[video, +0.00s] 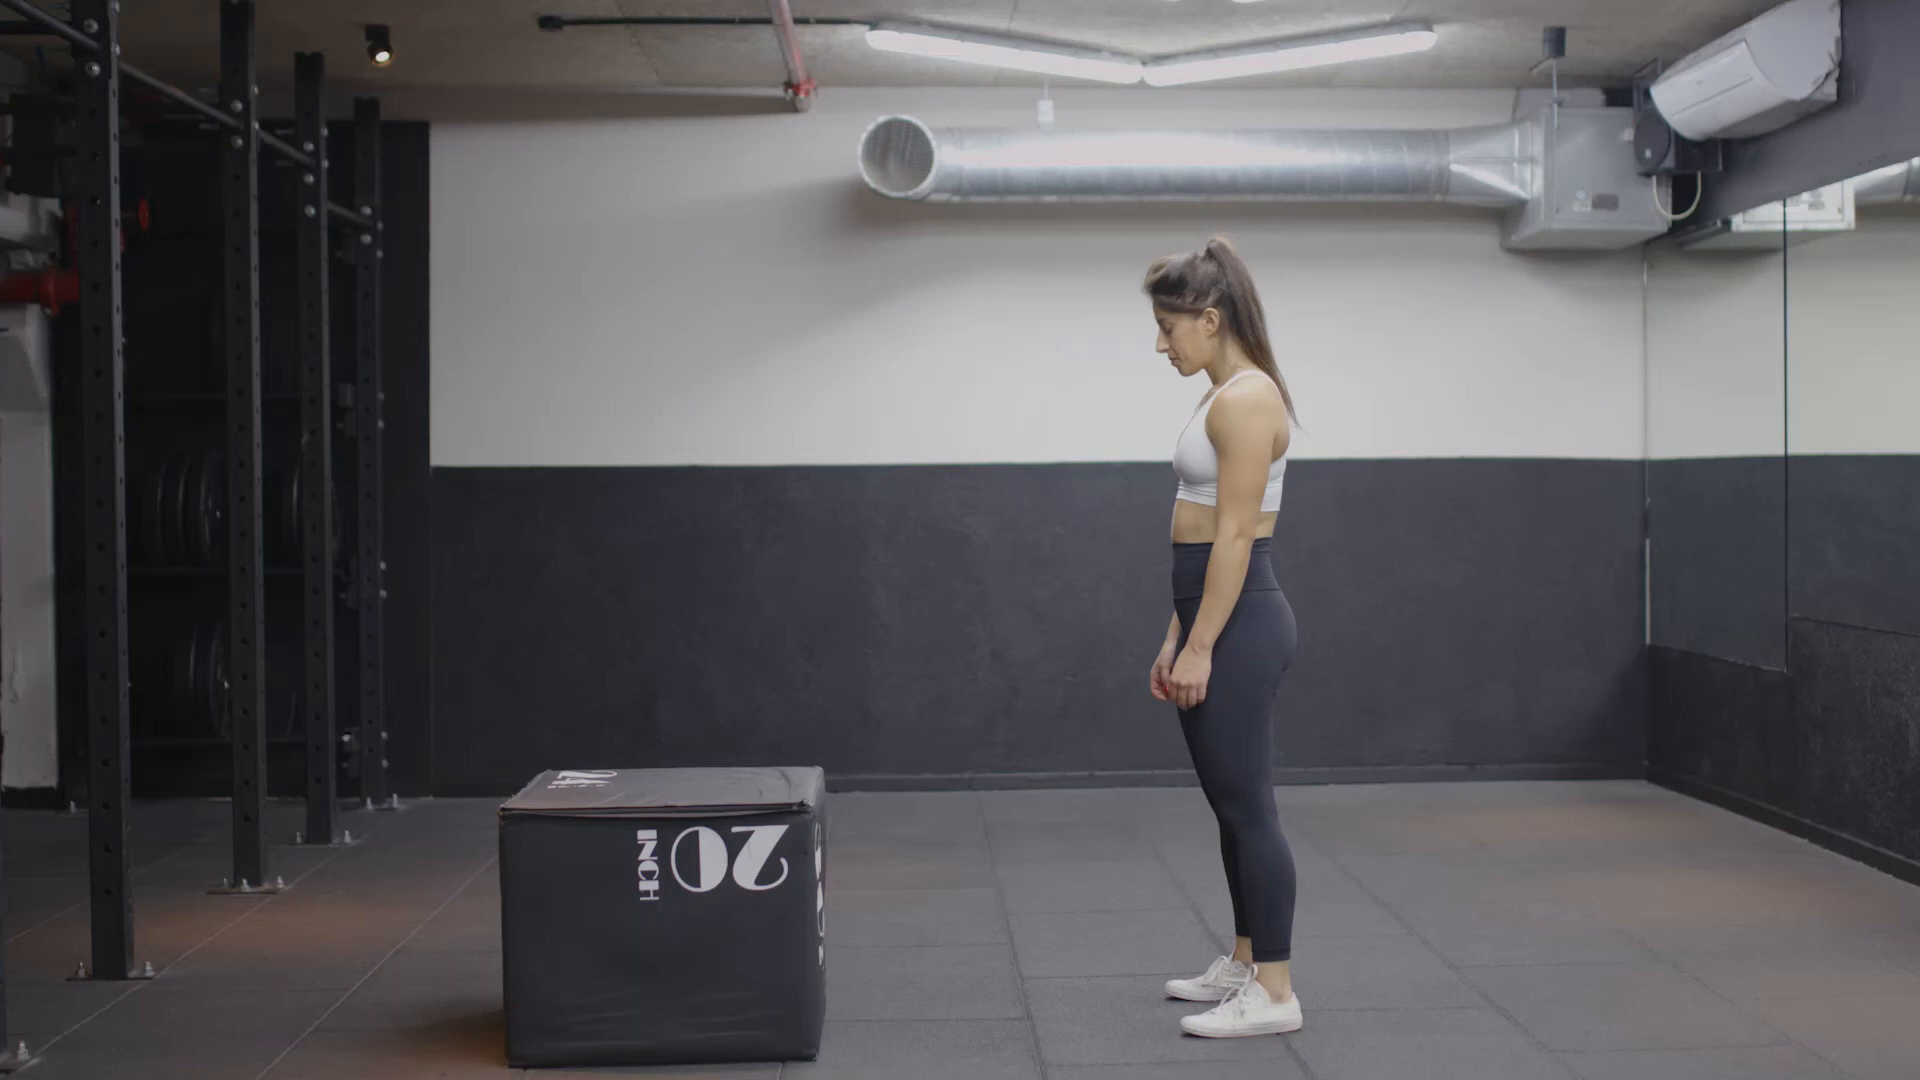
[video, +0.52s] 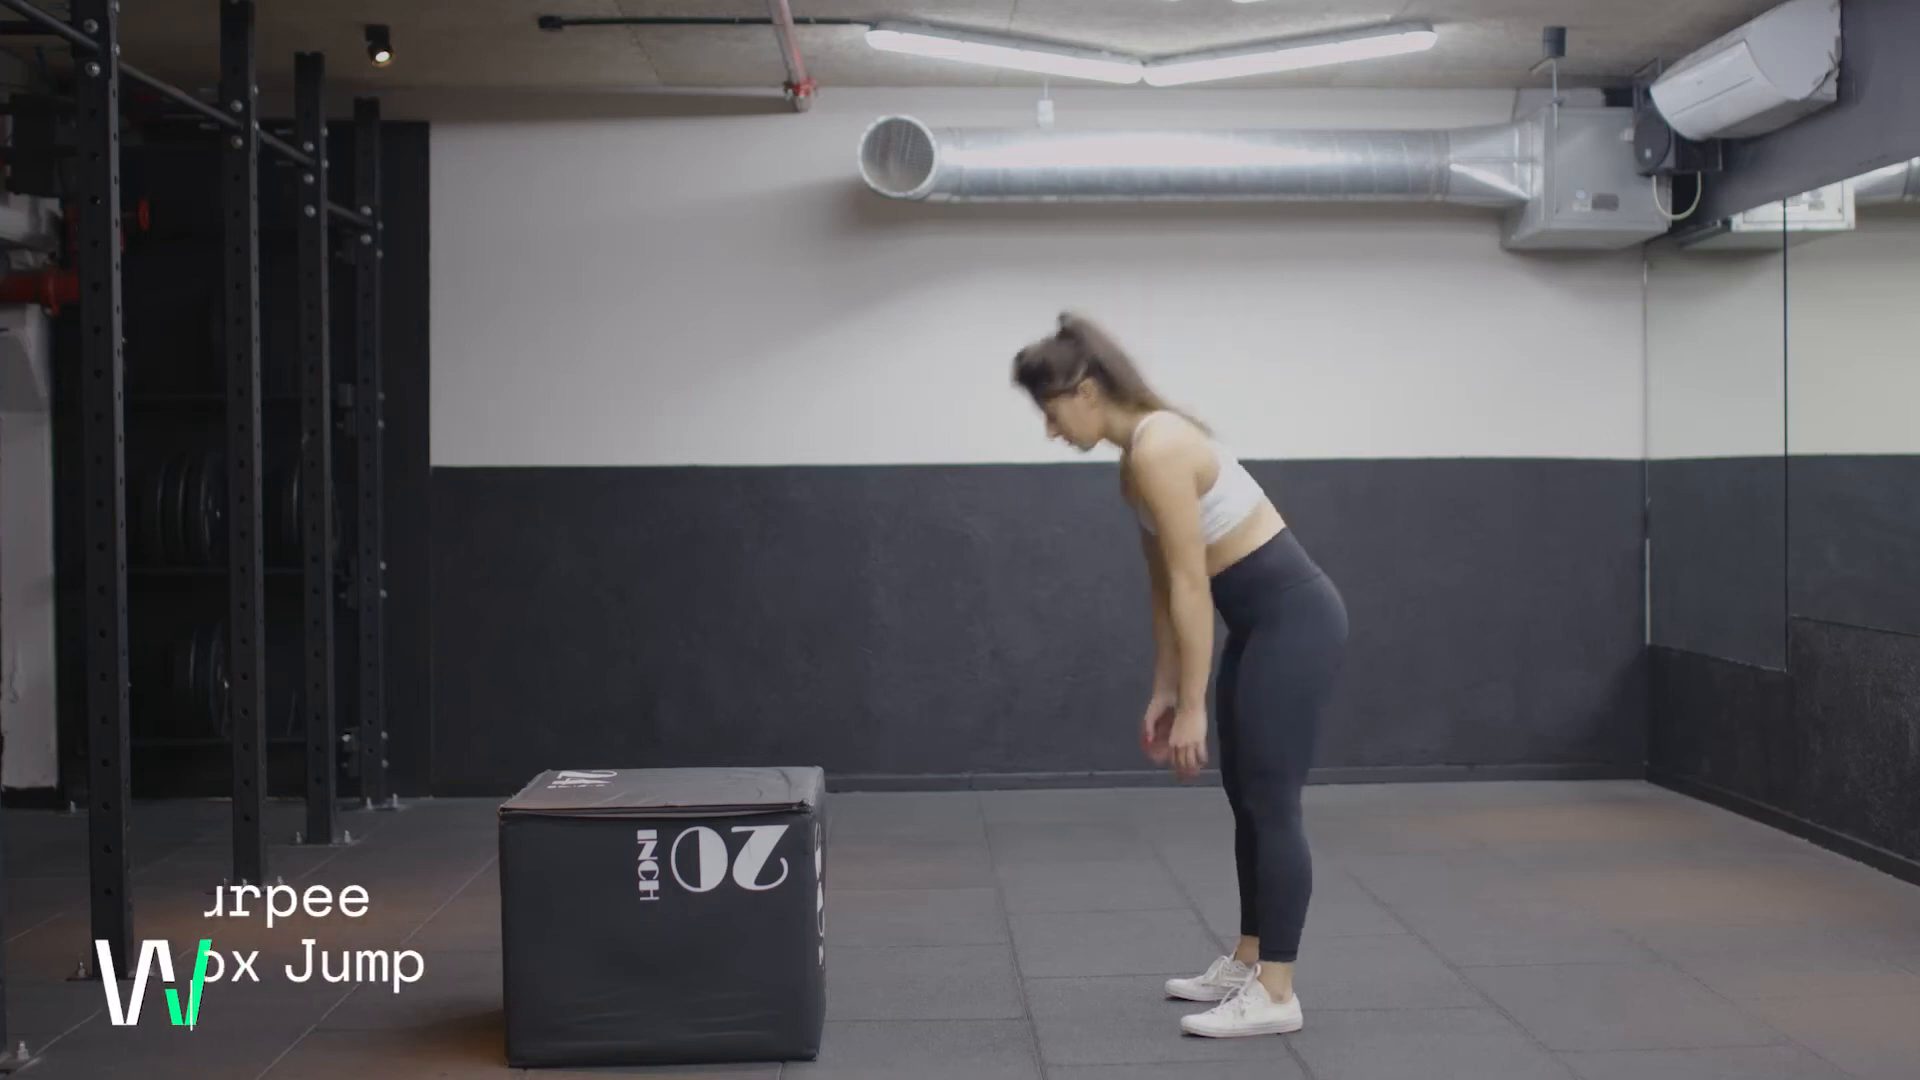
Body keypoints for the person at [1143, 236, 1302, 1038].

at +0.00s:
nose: (1160, 345)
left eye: (1166, 328)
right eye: (1159, 329)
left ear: (1209, 318)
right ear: (1206, 319)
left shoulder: (1246, 400)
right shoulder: (1224, 396)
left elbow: (1237, 537)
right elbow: (1207, 532)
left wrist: (1202, 643)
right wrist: (1179, 632)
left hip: (1237, 618)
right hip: (1212, 613)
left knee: (1248, 804)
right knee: (1230, 800)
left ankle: (1275, 993)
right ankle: (1247, 960)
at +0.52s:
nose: (1049, 426)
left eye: (1051, 408)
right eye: (1043, 412)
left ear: (1090, 388)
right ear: (1087, 391)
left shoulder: (1159, 450)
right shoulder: (1138, 453)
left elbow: (1192, 585)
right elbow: (1164, 583)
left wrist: (1193, 705)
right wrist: (1166, 688)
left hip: (1290, 616)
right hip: (1250, 620)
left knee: (1271, 801)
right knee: (1248, 795)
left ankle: (1278, 992)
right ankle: (1253, 959)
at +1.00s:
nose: (1001, 774)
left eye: (996, 760)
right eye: (991, 765)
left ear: (1019, 729)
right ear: (1025, 721)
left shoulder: (1097, 729)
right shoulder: (1078, 722)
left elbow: (1084, 875)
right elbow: (1065, 862)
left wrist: (1058, 1002)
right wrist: (1048, 963)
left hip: (1303, 661)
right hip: (1275, 658)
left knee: (1195, 813)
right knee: (1177, 806)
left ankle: (1270, 993)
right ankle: (1244, 965)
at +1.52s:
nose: (946, 803)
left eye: (939, 788)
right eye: (937, 793)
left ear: (960, 757)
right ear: (963, 751)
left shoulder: (1042, 778)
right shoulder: (1036, 767)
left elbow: (1079, 907)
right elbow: (1068, 892)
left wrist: (1070, 1024)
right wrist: (1057, 987)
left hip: (1238, 857)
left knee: (1401, 960)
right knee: (1389, 928)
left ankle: (1595, 956)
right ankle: (1548, 919)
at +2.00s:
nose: (902, 997)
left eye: (897, 984)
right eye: (893, 987)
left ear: (913, 957)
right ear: (922, 936)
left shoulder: (980, 955)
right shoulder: (981, 930)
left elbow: (1068, 944)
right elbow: (1064, 889)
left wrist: (1063, 1028)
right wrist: (1058, 989)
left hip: (1203, 969)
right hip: (1200, 940)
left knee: (1402, 995)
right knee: (1382, 962)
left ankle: (1573, 940)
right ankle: (1534, 906)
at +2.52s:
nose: (954, 802)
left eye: (945, 790)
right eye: (943, 792)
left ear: (967, 767)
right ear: (977, 749)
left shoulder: (1053, 771)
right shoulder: (1042, 762)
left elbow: (1070, 906)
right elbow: (1064, 894)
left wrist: (1070, 1024)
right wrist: (1058, 986)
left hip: (1265, 783)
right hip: (1258, 772)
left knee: (1409, 919)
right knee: (1400, 890)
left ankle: (1603, 953)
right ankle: (1540, 911)